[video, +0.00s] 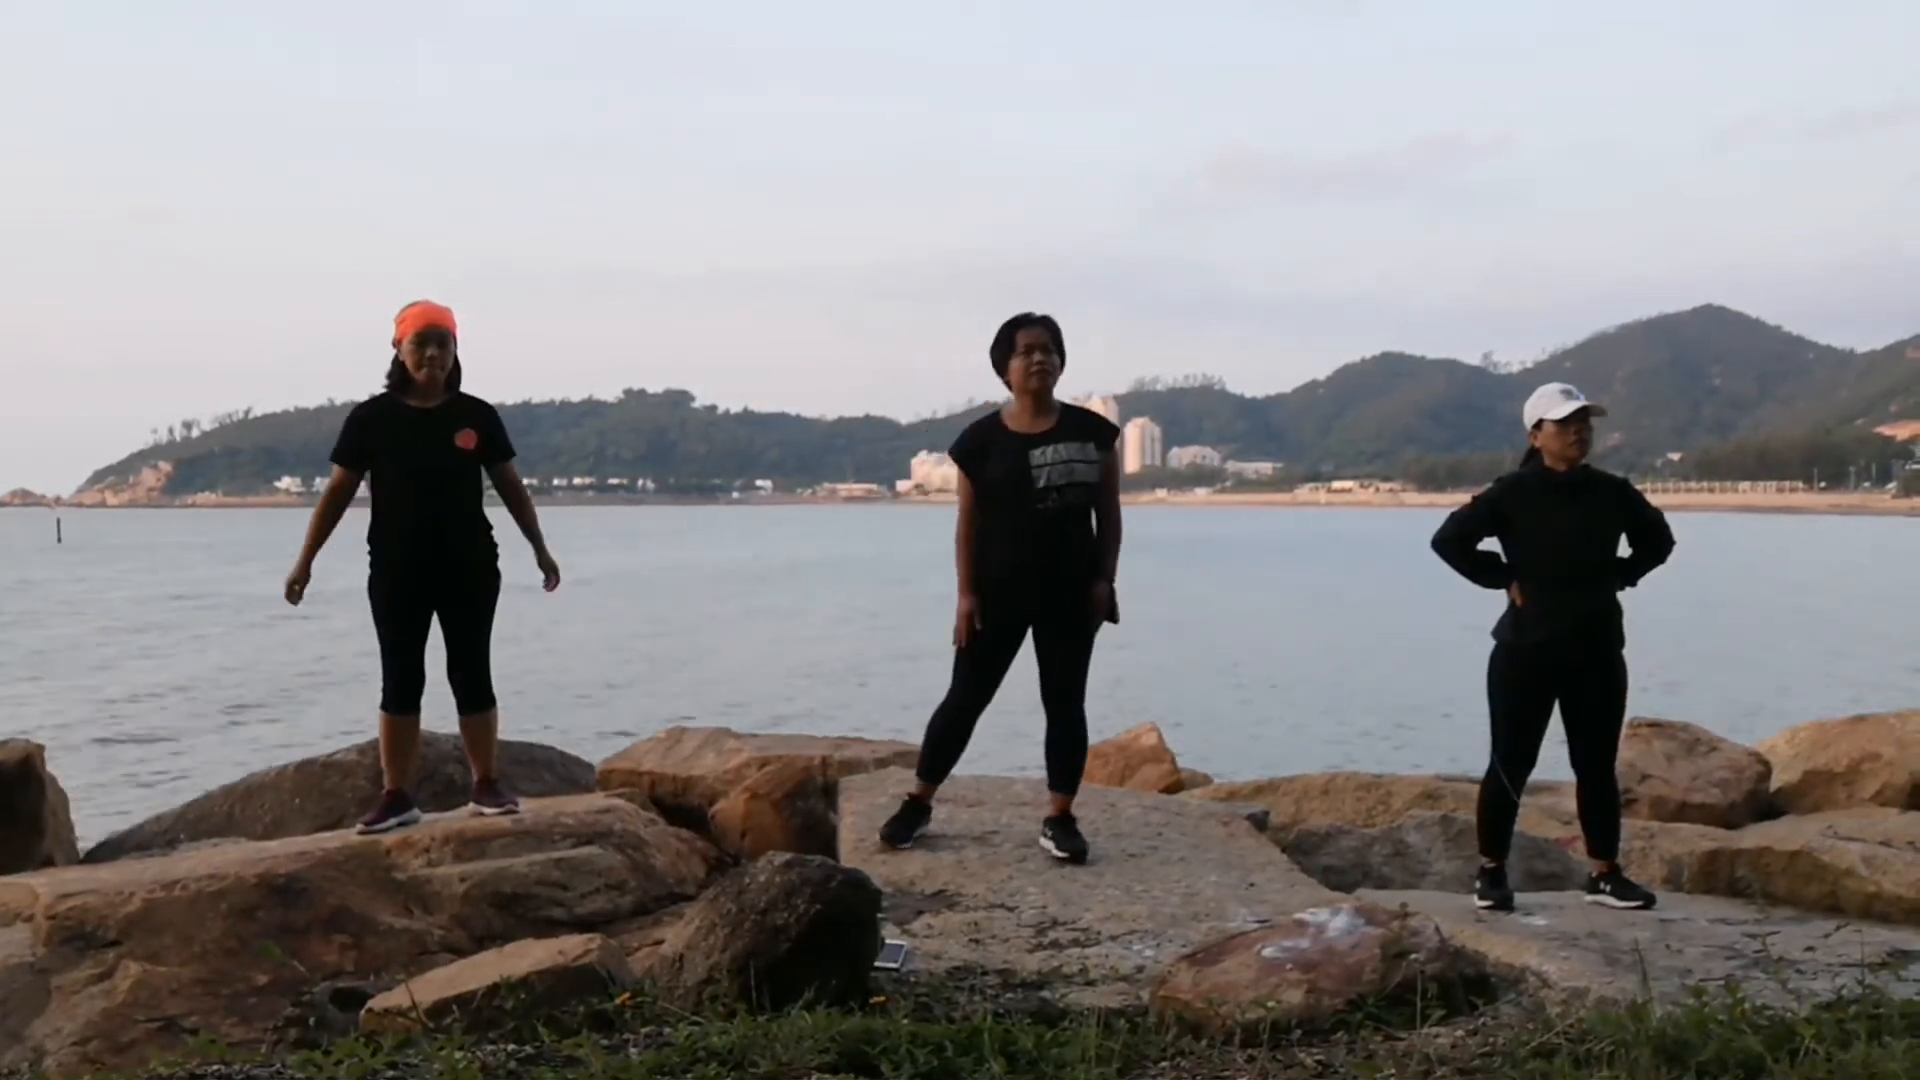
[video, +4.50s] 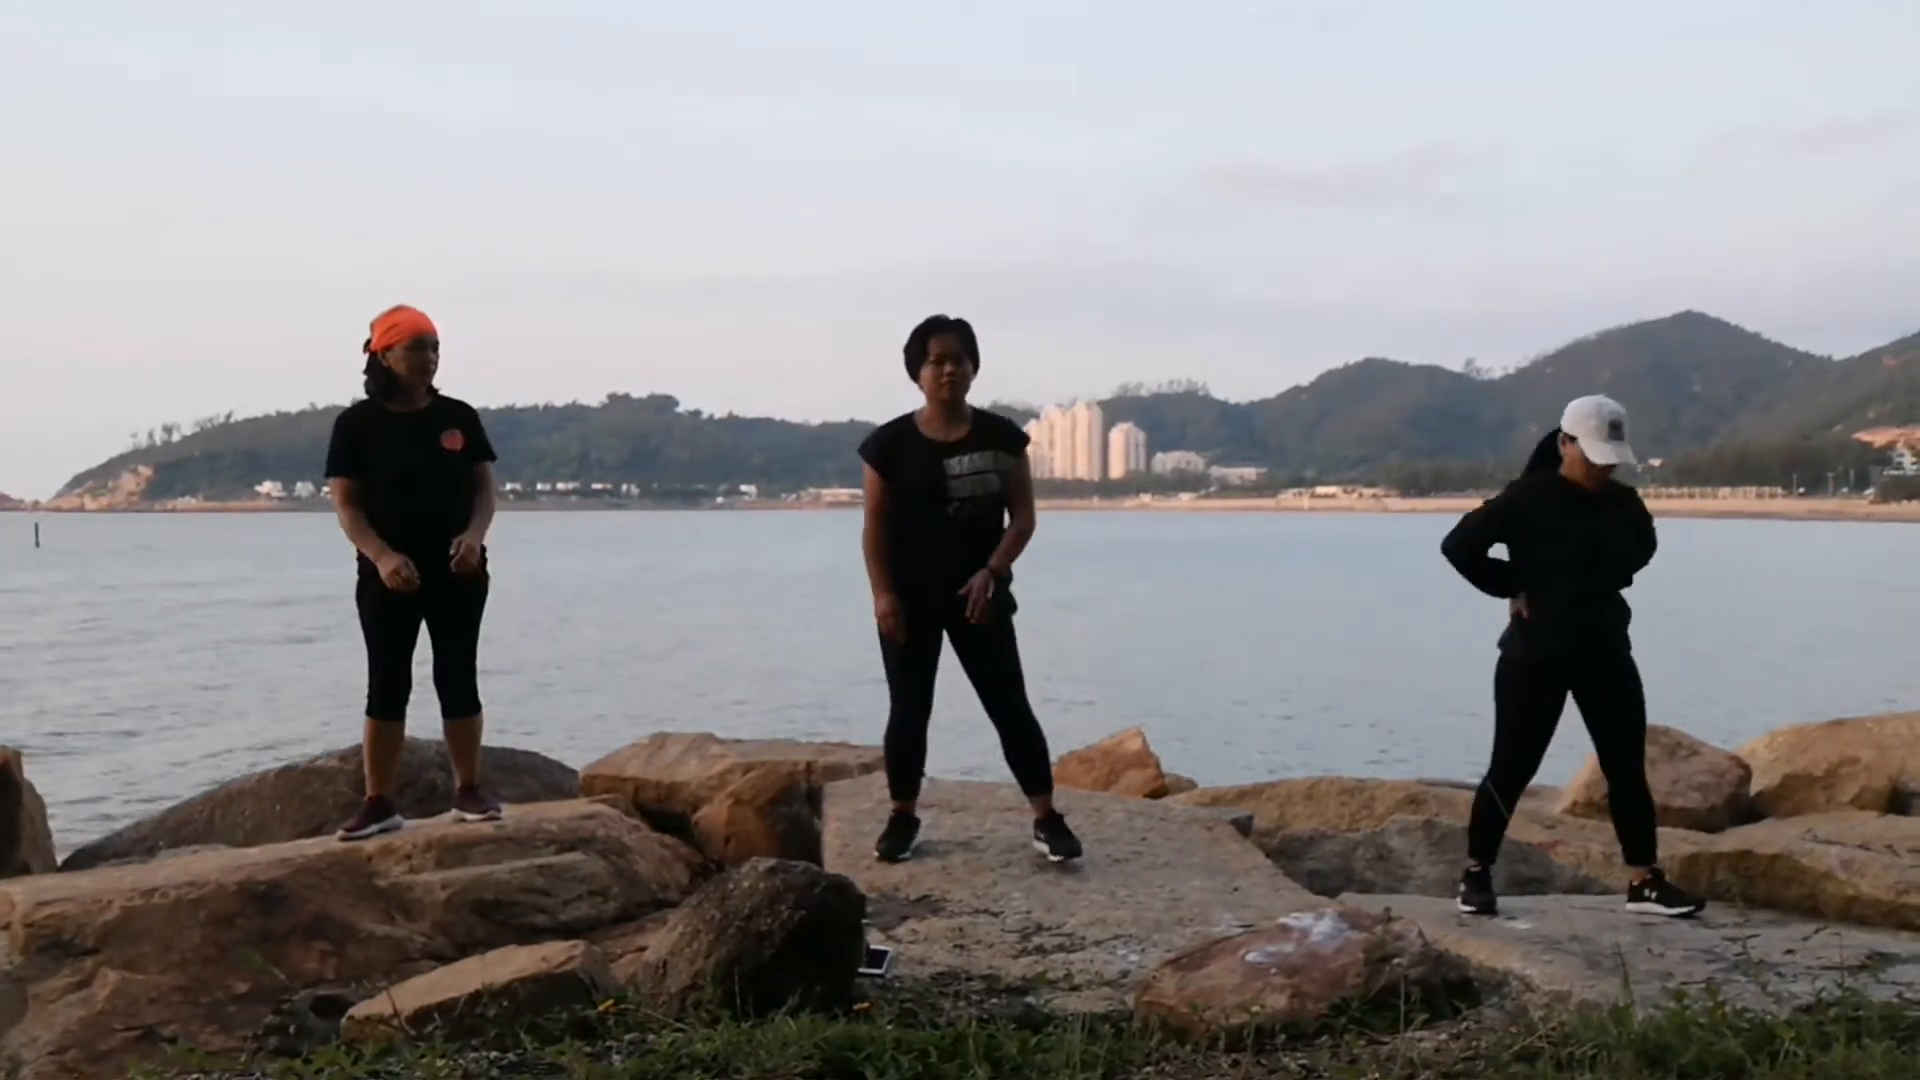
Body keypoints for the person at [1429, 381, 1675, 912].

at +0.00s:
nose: (1581, 432)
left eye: (1584, 423)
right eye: (1568, 424)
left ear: (1588, 428)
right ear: (1538, 434)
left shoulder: (1612, 492)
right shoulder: (1512, 493)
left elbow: (1659, 540)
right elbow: (1448, 541)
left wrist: (1616, 576)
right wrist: (1504, 577)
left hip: (1595, 650)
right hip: (1527, 650)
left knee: (1598, 768)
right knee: (1510, 765)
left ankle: (1606, 873)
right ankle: (1492, 873)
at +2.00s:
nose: (1560, 435)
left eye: (1567, 426)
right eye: (1548, 426)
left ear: (1576, 433)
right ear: (1523, 435)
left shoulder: (1600, 494)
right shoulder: (1501, 496)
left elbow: (1648, 541)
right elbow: (1438, 545)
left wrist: (1607, 577)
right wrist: (1496, 581)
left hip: (1586, 652)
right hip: (1517, 652)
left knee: (1590, 770)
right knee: (1502, 767)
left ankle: (1598, 875)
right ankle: (1485, 874)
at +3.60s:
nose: (1493, 442)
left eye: (1502, 432)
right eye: (1482, 433)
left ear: (1512, 436)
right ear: (1459, 437)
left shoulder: (1532, 489)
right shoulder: (1437, 502)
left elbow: (1574, 524)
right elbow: (1380, 561)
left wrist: (1542, 565)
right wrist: (1441, 591)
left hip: (1536, 642)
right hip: (1471, 648)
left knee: (1575, 749)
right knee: (1474, 765)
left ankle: (1555, 836)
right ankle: (1476, 873)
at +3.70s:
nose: (1496, 447)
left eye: (1502, 438)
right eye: (1485, 438)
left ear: (1510, 439)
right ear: (1456, 438)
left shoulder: (1528, 488)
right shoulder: (1432, 502)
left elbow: (1572, 525)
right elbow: (1375, 562)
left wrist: (1541, 564)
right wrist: (1437, 591)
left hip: (1534, 639)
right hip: (1470, 647)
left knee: (1577, 746)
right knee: (1473, 765)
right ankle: (1476, 875)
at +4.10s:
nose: (1515, 457)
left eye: (1519, 447)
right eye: (1505, 446)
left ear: (1521, 444)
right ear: (1474, 442)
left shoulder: (1536, 489)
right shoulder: (1447, 501)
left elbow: (1567, 525)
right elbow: (1388, 567)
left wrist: (1536, 570)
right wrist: (1450, 594)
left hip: (1541, 636)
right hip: (1479, 642)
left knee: (1570, 743)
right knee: (1476, 765)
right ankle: (1473, 874)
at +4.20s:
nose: (1532, 461)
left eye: (1536, 451)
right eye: (1523, 451)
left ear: (1540, 446)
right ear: (1491, 444)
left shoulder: (1549, 493)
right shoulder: (1461, 500)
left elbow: (1566, 537)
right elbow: (1403, 568)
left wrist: (1533, 581)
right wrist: (1462, 595)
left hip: (1547, 642)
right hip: (1486, 648)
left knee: (1577, 751)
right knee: (1480, 765)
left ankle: (1590, 853)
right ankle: (1474, 875)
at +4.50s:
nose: (1603, 471)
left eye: (1610, 461)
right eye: (1594, 460)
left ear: (1618, 451)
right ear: (1566, 446)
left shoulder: (1621, 496)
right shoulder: (1527, 498)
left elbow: (1644, 545)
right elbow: (1459, 547)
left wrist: (1605, 581)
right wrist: (1512, 585)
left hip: (1604, 649)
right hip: (1536, 650)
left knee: (1627, 767)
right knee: (1513, 766)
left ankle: (1645, 880)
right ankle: (1478, 875)